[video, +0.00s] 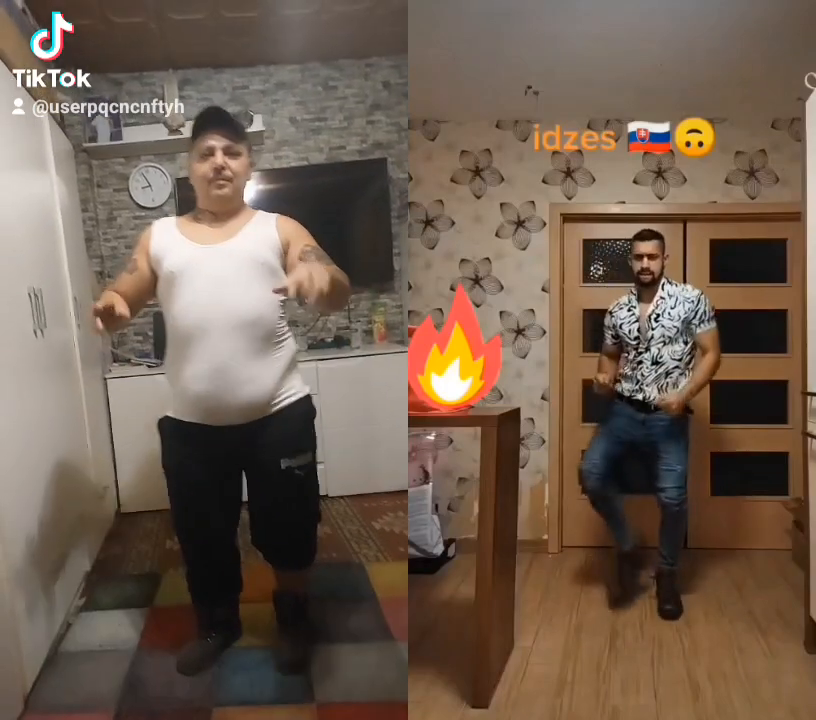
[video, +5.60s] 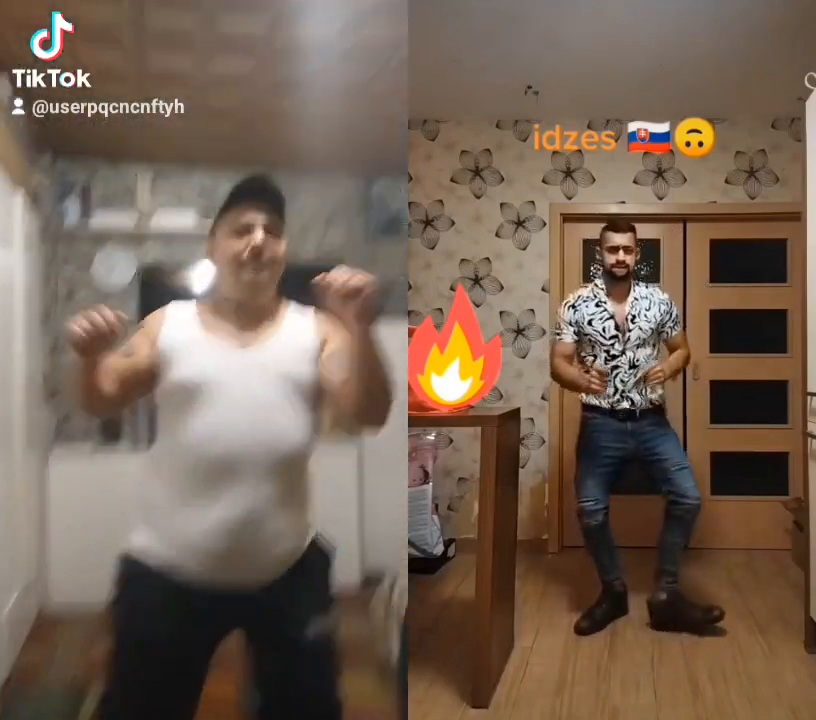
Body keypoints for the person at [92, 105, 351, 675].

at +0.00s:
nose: (220, 164)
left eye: (232, 153)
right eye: (207, 155)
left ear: (249, 166)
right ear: (190, 169)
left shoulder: (281, 231)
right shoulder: (159, 239)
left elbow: (336, 298)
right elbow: (123, 295)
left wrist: (322, 278)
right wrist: (111, 307)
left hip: (278, 414)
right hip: (192, 420)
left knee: (289, 534)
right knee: (203, 538)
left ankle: (293, 621)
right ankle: (216, 627)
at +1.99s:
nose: (227, 92)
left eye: (241, 82)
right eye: (213, 80)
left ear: (258, 100)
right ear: (190, 94)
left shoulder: (284, 175)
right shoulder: (150, 173)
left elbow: (323, 254)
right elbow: (105, 250)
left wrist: (274, 246)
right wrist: (144, 250)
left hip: (257, 368)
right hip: (171, 372)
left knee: (269, 488)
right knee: (176, 493)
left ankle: (272, 577)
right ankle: (184, 583)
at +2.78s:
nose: (220, 148)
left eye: (231, 137)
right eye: (206, 140)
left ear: (249, 149)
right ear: (189, 158)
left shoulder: (288, 200)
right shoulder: (176, 238)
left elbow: (355, 244)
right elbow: (160, 310)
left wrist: (323, 287)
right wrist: (170, 339)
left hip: (287, 398)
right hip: (201, 399)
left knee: (286, 518)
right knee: (183, 515)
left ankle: (274, 600)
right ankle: (176, 595)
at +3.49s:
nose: (255, 107)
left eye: (269, 99)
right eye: (245, 92)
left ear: (281, 117)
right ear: (216, 97)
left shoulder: (287, 198)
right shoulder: (168, 164)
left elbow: (298, 283)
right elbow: (113, 233)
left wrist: (304, 277)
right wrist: (167, 268)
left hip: (245, 374)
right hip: (158, 371)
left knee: (264, 495)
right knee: (152, 499)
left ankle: (268, 584)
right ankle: (147, 594)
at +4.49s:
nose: (195, 125)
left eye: (212, 110)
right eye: (185, 116)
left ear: (253, 119)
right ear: (178, 134)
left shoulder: (304, 196)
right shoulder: (166, 219)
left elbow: (363, 291)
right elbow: (125, 303)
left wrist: (337, 260)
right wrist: (89, 291)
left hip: (285, 436)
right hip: (181, 433)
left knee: (291, 579)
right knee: (152, 578)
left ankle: (280, 659)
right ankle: (142, 668)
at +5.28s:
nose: (210, 181)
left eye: (221, 164)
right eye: (194, 172)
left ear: (246, 176)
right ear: (176, 193)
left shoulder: (293, 248)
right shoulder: (158, 276)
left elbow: (350, 326)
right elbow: (123, 368)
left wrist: (353, 267)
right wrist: (120, 322)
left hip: (288, 480)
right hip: (186, 483)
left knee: (299, 627)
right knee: (152, 633)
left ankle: (292, 703)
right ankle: (136, 705)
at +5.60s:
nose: (258, 244)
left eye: (272, 232)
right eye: (242, 230)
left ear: (286, 248)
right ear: (212, 247)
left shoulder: (316, 330)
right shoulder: (170, 325)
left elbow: (370, 414)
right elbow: (102, 399)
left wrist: (359, 327)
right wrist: (92, 355)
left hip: (286, 575)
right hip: (169, 574)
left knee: (308, 712)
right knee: (140, 712)